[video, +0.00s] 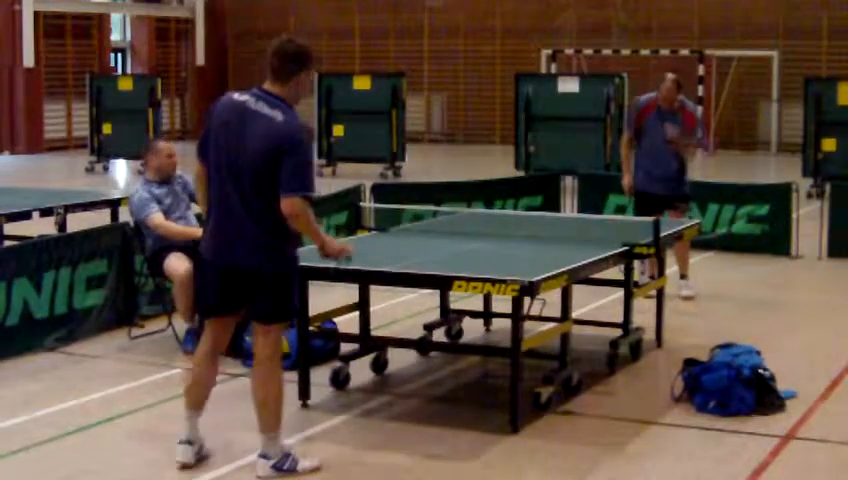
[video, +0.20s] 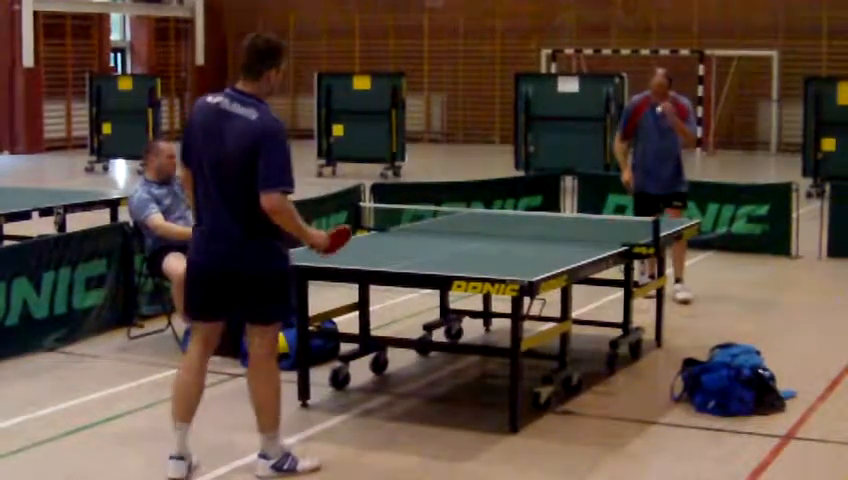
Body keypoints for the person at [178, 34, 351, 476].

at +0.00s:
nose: (313, 84)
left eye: (312, 76)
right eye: (311, 77)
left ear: (270, 71)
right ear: (301, 79)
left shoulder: (226, 106)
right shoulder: (292, 130)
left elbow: (201, 171)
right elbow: (292, 205)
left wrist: (211, 219)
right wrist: (324, 241)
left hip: (220, 248)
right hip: (269, 254)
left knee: (212, 339)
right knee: (268, 347)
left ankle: (188, 439)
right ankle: (272, 452)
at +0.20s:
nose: (281, 79)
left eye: (280, 72)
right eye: (280, 73)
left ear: (241, 67)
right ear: (272, 73)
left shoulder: (203, 108)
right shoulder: (267, 126)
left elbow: (186, 174)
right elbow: (272, 201)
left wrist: (204, 218)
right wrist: (312, 237)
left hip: (208, 252)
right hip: (259, 257)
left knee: (200, 343)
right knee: (263, 349)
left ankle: (179, 451)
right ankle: (272, 450)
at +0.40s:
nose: (250, 77)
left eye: (248, 70)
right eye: (250, 71)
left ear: (209, 66)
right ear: (242, 72)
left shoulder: (175, 113)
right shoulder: (239, 125)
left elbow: (163, 175)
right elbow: (248, 199)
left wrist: (186, 218)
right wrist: (292, 225)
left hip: (190, 252)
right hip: (240, 254)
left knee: (183, 344)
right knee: (258, 343)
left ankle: (176, 454)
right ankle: (270, 450)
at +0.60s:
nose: (236, 80)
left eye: (236, 72)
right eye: (235, 73)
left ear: (194, 69)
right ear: (223, 72)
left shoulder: (162, 116)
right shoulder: (220, 120)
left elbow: (154, 179)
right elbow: (230, 195)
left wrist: (178, 227)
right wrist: (277, 230)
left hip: (184, 251)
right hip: (233, 251)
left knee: (179, 341)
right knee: (271, 333)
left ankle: (175, 455)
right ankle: (275, 444)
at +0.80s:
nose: (239, 82)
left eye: (239, 75)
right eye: (239, 75)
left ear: (199, 70)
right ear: (228, 74)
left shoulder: (170, 113)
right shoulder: (221, 121)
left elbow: (160, 180)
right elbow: (221, 194)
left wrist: (184, 226)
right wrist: (271, 229)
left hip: (184, 249)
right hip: (230, 249)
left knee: (178, 344)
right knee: (269, 333)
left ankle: (176, 456)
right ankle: (295, 438)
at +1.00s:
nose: (271, 85)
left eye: (270, 78)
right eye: (271, 79)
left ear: (231, 72)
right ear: (263, 79)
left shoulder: (197, 115)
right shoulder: (248, 124)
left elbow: (188, 185)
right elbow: (244, 197)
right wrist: (287, 235)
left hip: (196, 253)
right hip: (245, 255)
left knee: (188, 345)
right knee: (276, 337)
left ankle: (176, 454)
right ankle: (300, 438)